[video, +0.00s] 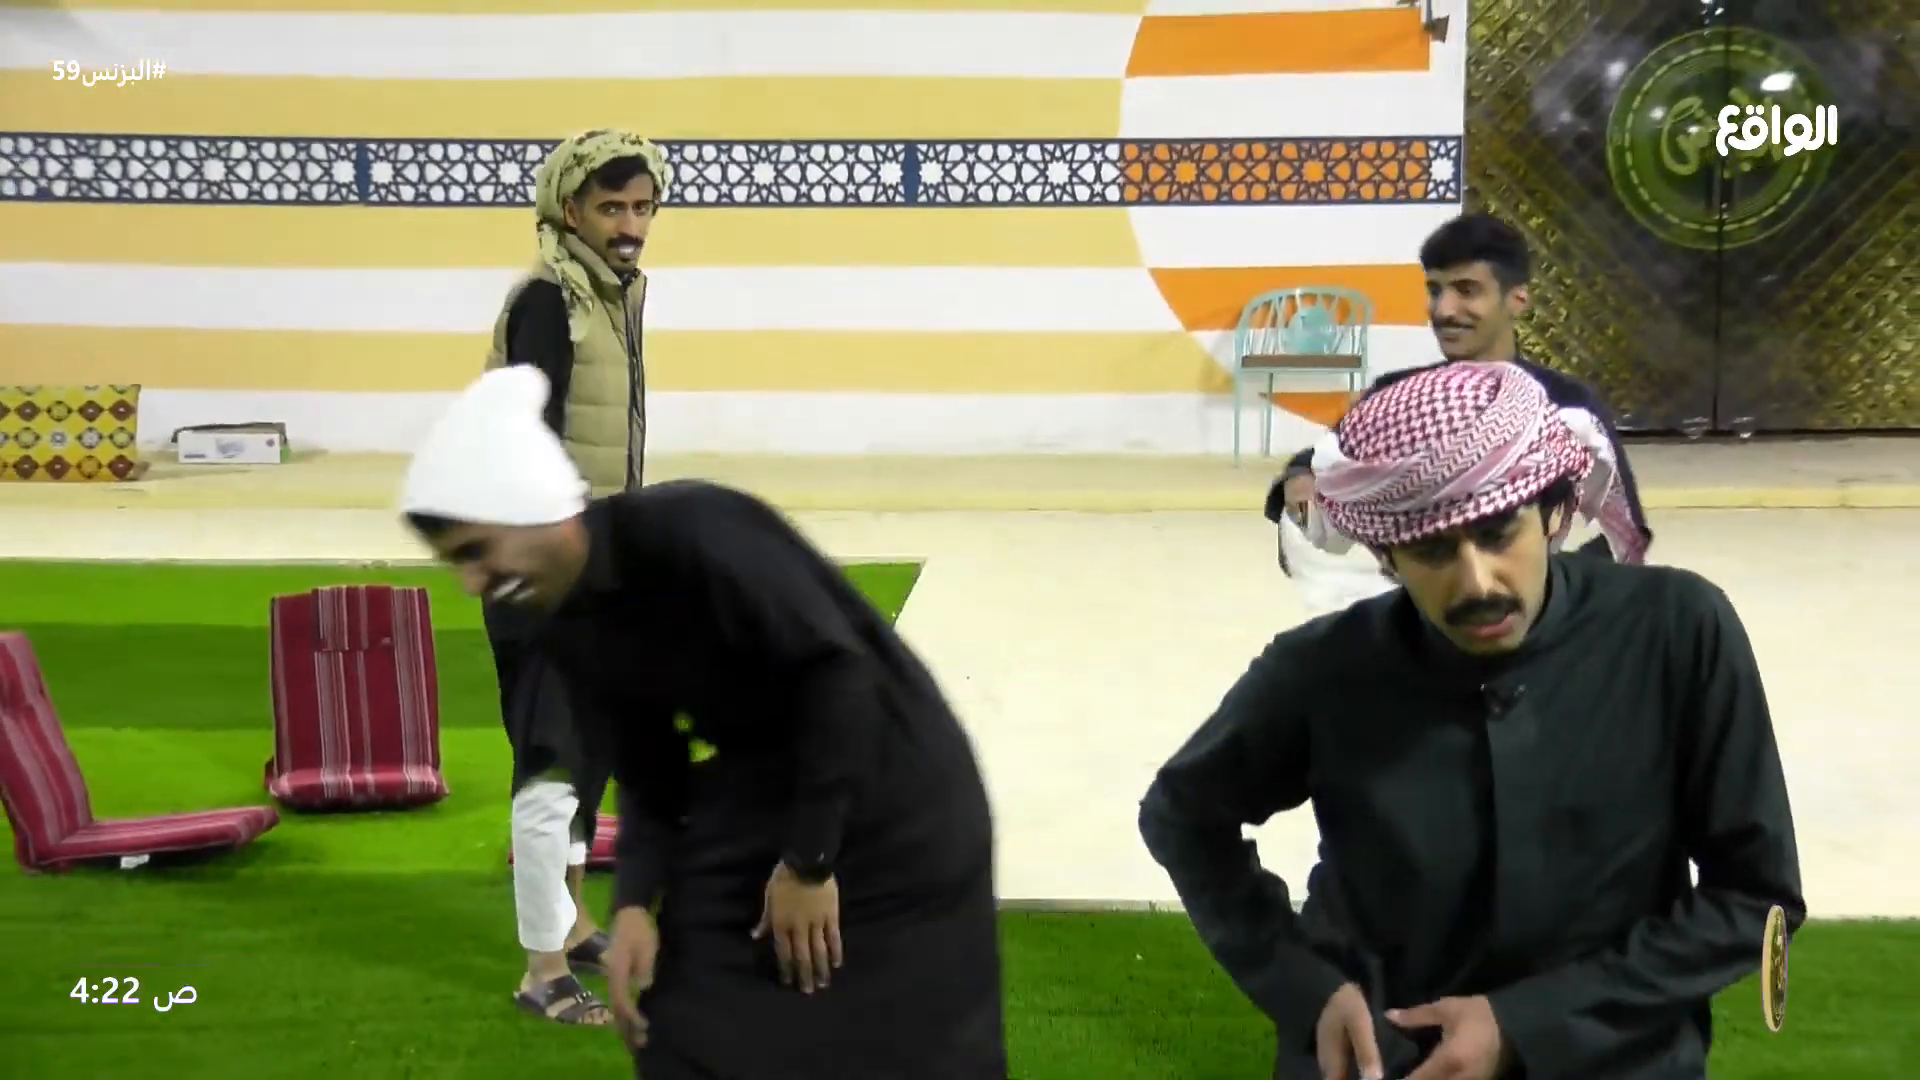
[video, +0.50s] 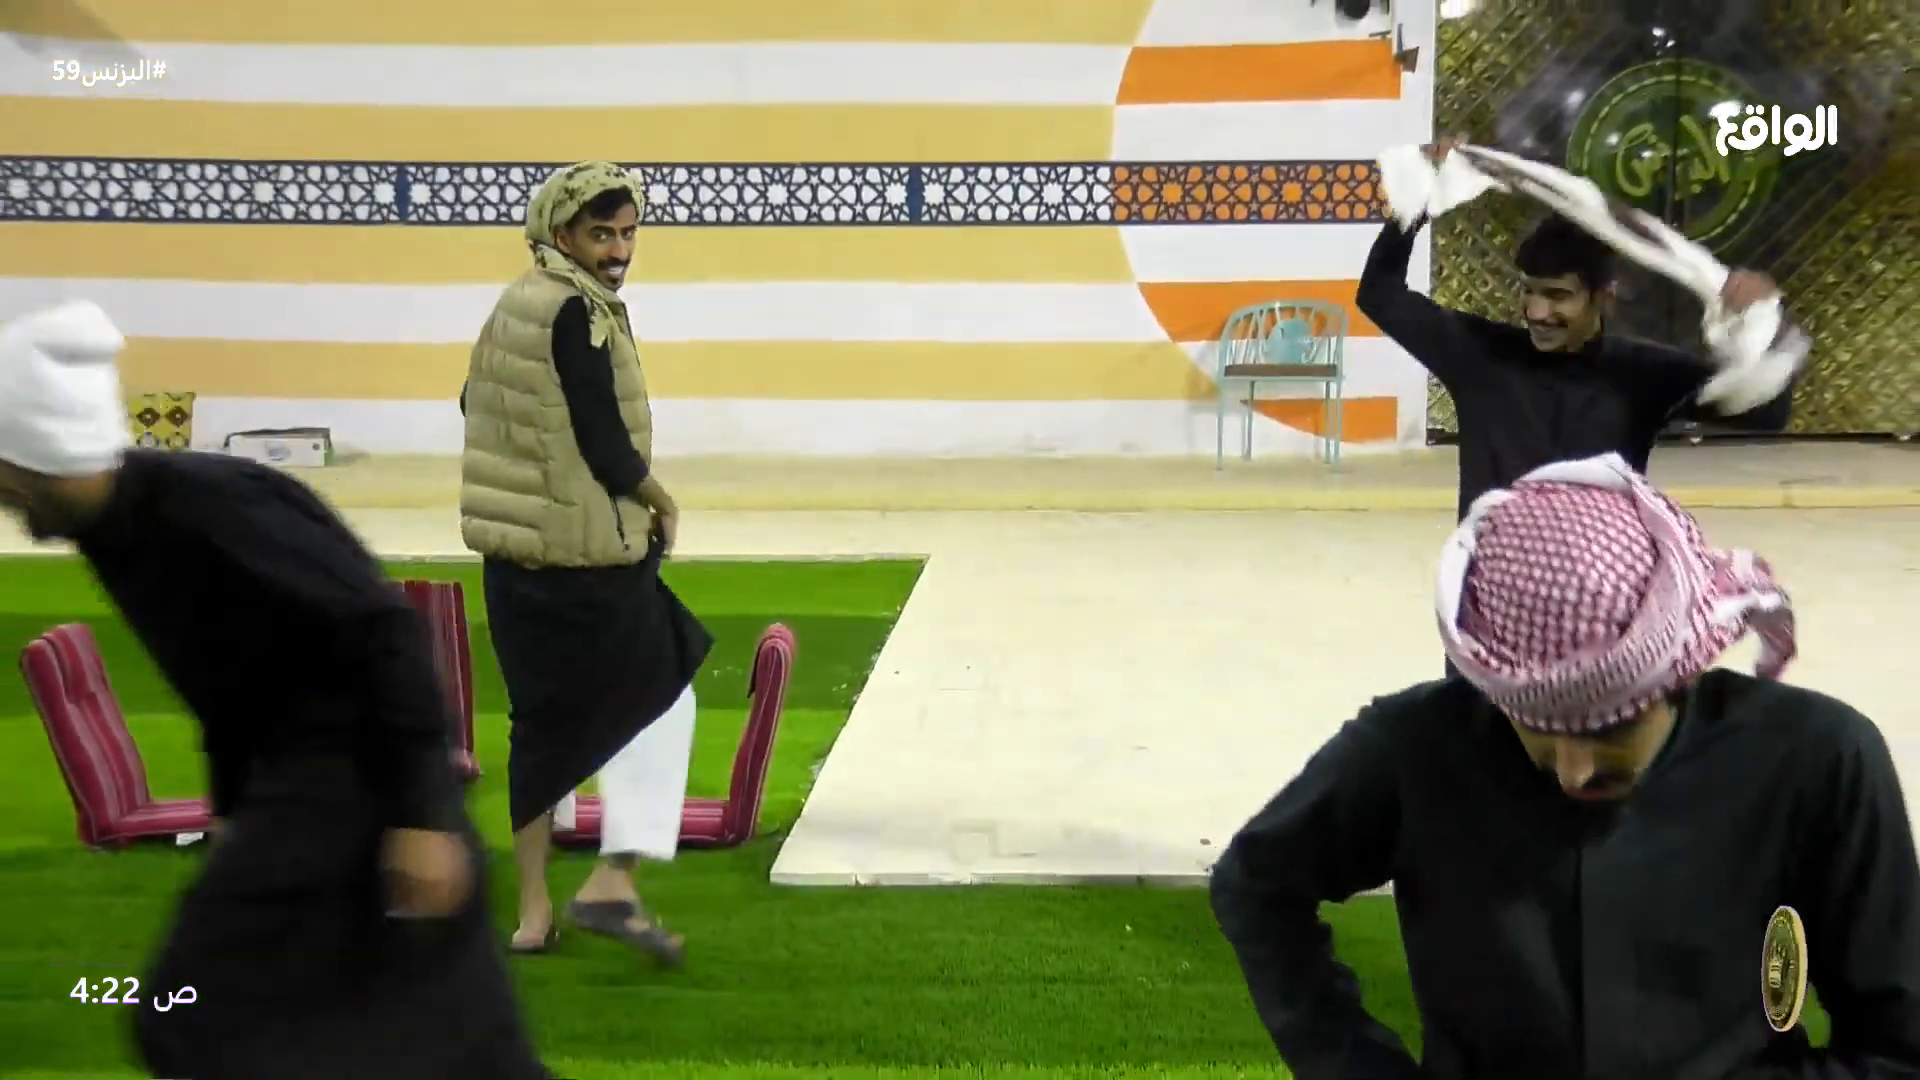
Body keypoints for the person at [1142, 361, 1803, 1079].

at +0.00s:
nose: (1477, 580)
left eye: (1499, 531)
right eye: (1433, 550)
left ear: (1555, 514)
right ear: (1387, 555)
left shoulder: (1682, 632)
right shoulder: (1321, 677)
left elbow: (1754, 899)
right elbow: (1185, 812)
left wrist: (1521, 1024)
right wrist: (1309, 994)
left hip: (1621, 1058)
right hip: (1380, 1062)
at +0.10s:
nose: (1491, 571)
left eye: (1514, 522)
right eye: (1446, 539)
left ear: (1570, 508)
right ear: (1400, 543)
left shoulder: (1692, 630)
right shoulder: (1324, 669)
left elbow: (1765, 903)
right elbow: (1179, 812)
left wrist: (1531, 1036)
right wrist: (1319, 998)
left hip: (1634, 1056)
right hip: (1393, 1057)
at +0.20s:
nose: (1512, 597)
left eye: (1538, 549)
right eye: (1466, 560)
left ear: (1595, 532)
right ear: (1416, 558)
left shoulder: (1716, 660)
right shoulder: (1337, 689)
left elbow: (1805, 935)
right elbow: (1180, 834)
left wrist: (1551, 1064)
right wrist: (1332, 1027)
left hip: (1651, 1064)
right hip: (1414, 1068)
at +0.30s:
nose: (1533, 652)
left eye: (1560, 605)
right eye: (1490, 618)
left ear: (1615, 578)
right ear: (1440, 600)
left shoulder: (1744, 698)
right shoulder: (1356, 719)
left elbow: (1825, 979)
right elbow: (1191, 858)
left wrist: (1633, 1069)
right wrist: (1346, 1049)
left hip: (1661, 1057)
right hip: (1435, 1063)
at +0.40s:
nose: (1564, 742)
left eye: (1600, 698)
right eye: (1525, 703)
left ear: (1656, 640)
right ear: (1474, 662)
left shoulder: (1796, 743)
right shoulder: (1395, 746)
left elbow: (1861, 1032)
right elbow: (1231, 887)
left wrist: (1741, 1068)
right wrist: (1361, 1070)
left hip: (1704, 1063)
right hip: (1470, 1063)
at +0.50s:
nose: (1575, 771)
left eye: (1614, 732)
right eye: (1540, 733)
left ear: (1681, 674)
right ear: (1494, 687)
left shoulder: (1822, 764)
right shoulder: (1408, 754)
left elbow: (1893, 1039)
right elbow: (1253, 888)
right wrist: (1368, 1069)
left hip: (1734, 1061)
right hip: (1484, 1060)